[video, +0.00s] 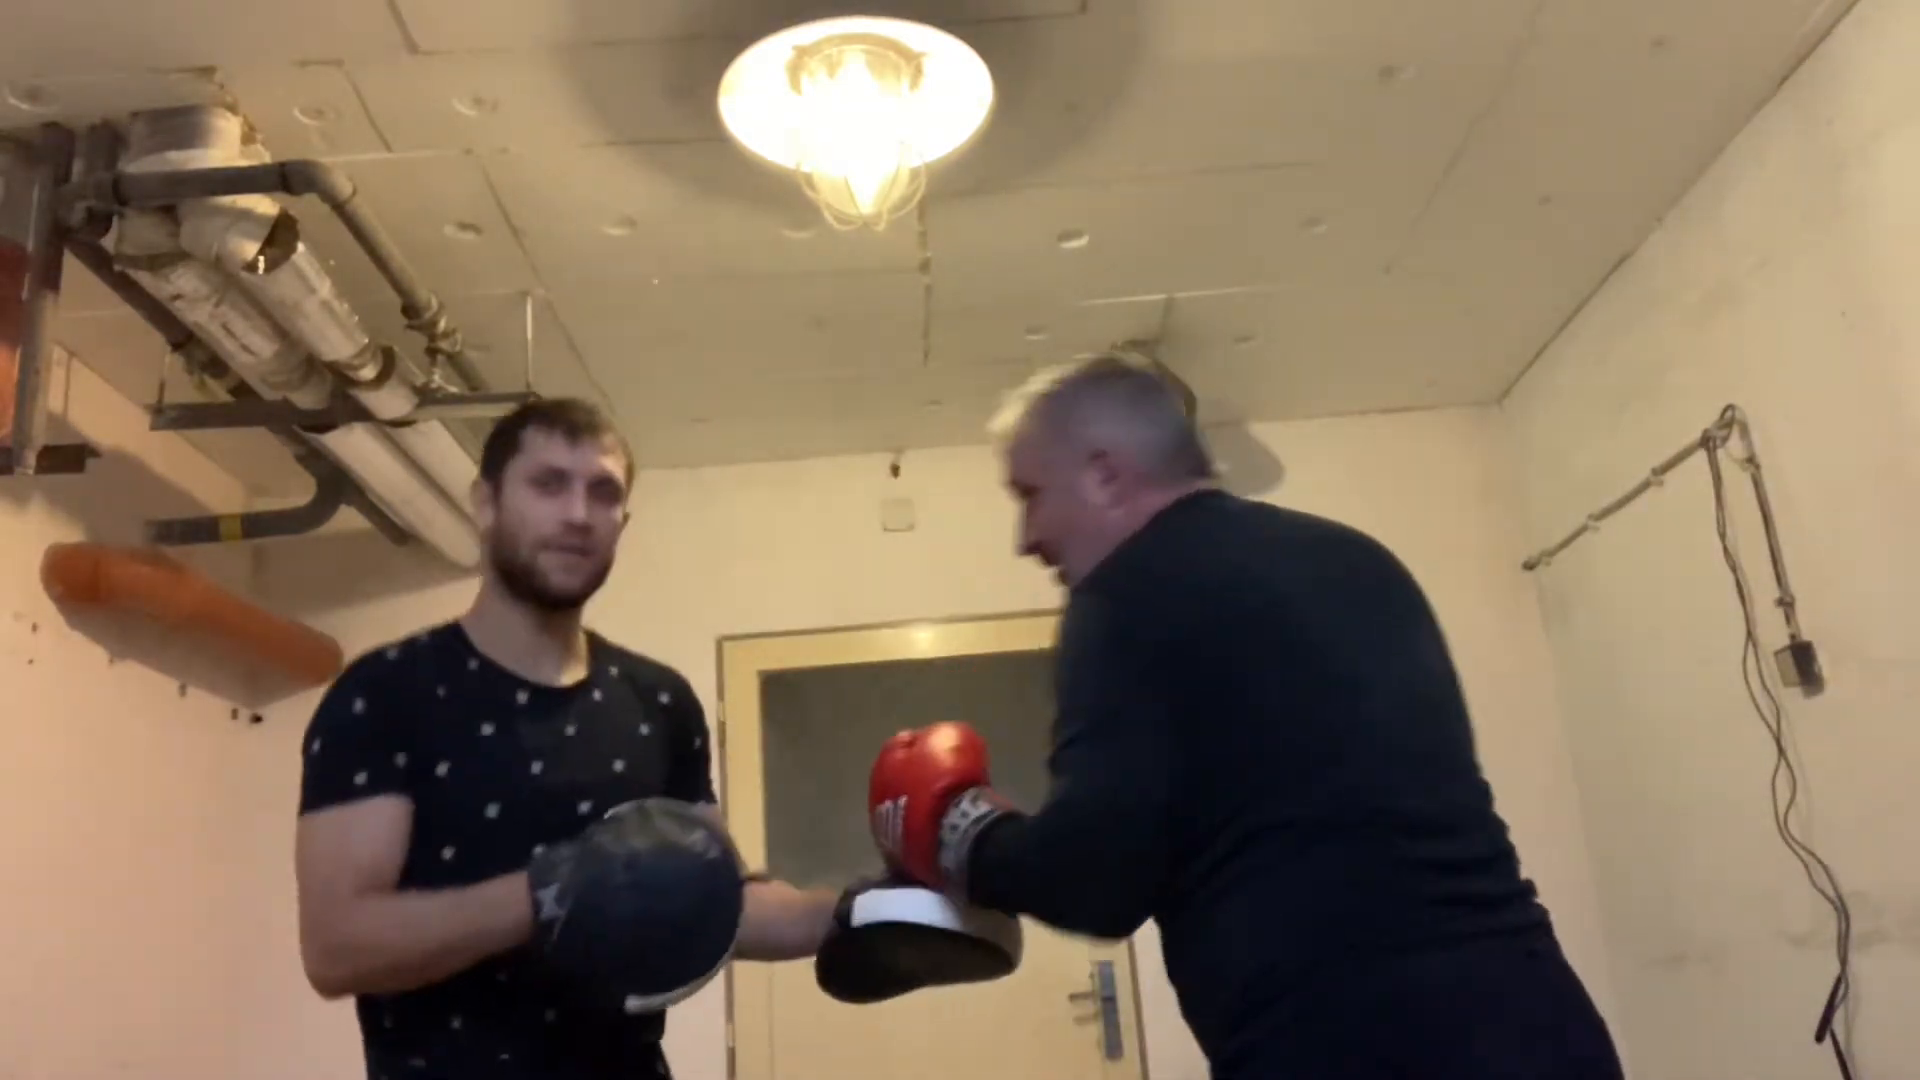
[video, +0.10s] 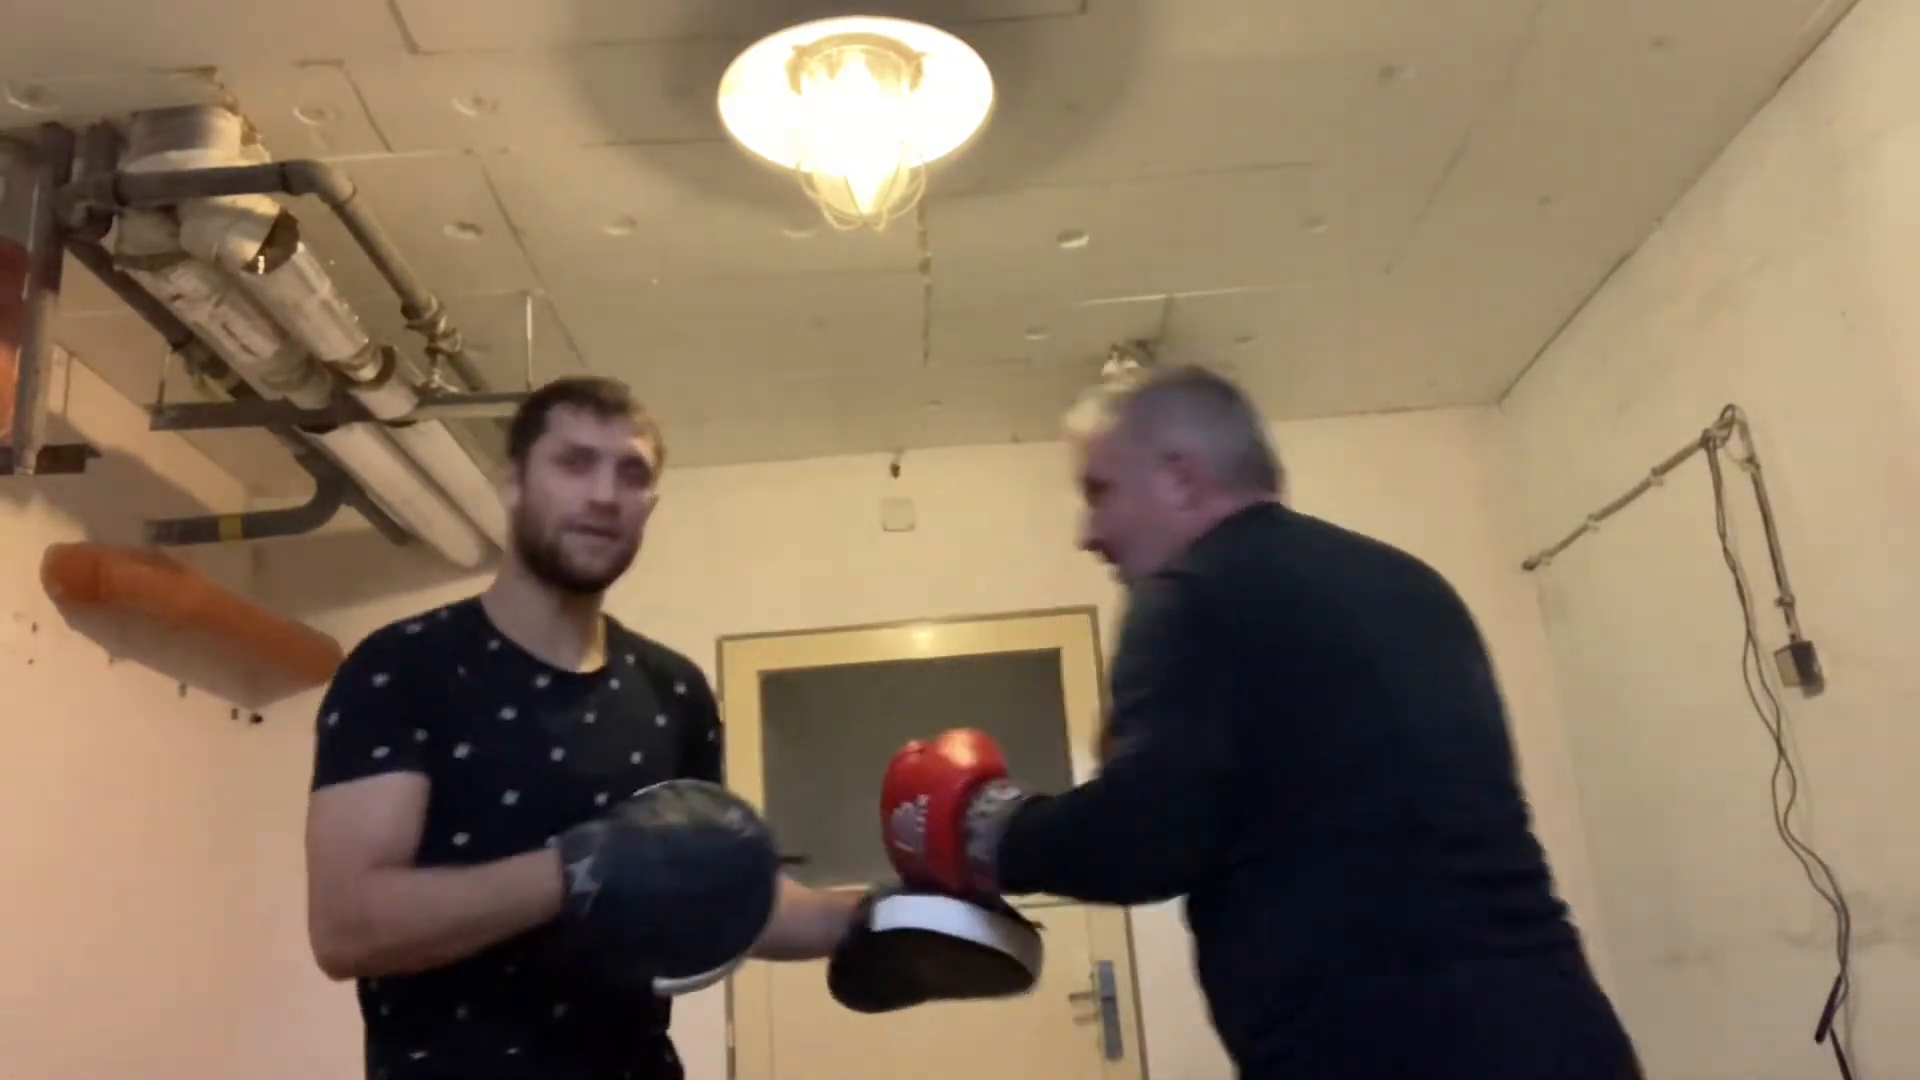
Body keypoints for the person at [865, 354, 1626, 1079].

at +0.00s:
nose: (1026, 539)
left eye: (1030, 495)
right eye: (1019, 504)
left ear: (1106, 473)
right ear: (1123, 474)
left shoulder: (1127, 598)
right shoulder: (1363, 559)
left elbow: (1104, 882)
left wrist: (964, 836)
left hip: (1323, 1041)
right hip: (1534, 1022)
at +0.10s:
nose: (1087, 535)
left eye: (1099, 493)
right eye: (1087, 500)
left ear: (1181, 478)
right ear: (1213, 479)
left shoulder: (1192, 601)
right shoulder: (1411, 580)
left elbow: (1159, 830)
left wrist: (994, 832)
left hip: (1352, 1046)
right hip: (1553, 1033)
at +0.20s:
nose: (1169, 547)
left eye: (1186, 510)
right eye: (1169, 515)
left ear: (1274, 503)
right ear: (1311, 507)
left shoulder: (1275, 617)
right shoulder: (1476, 617)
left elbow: (1246, 827)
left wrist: (1059, 838)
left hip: (1405, 1053)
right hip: (1592, 1041)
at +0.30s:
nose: (1243, 554)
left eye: (1263, 517)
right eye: (1243, 524)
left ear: (1356, 513)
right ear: (1372, 518)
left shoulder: (1354, 631)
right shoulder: (1530, 636)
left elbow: (1366, 840)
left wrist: (1166, 834)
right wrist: (1301, 787)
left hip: (1482, 1054)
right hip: (1647, 1042)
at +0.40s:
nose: (1280, 505)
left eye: (1301, 469)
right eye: (1283, 477)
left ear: (1397, 474)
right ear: (1399, 478)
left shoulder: (1411, 585)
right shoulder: (1522, 585)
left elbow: (1439, 777)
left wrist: (1252, 782)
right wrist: (1334, 739)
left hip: (1527, 1047)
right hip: (1641, 1031)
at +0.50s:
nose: (1307, 465)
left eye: (1332, 429)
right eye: (1308, 440)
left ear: (1424, 431)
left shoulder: (1440, 531)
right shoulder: (1516, 538)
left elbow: (1467, 724)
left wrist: (1274, 732)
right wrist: (1349, 701)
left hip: (1545, 1018)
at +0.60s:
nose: (1340, 483)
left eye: (1367, 449)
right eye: (1342, 456)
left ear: (1460, 458)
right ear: (1460, 461)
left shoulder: (1456, 557)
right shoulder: (1539, 565)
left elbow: (1454, 736)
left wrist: (1276, 739)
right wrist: (1367, 711)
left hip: (1542, 1035)